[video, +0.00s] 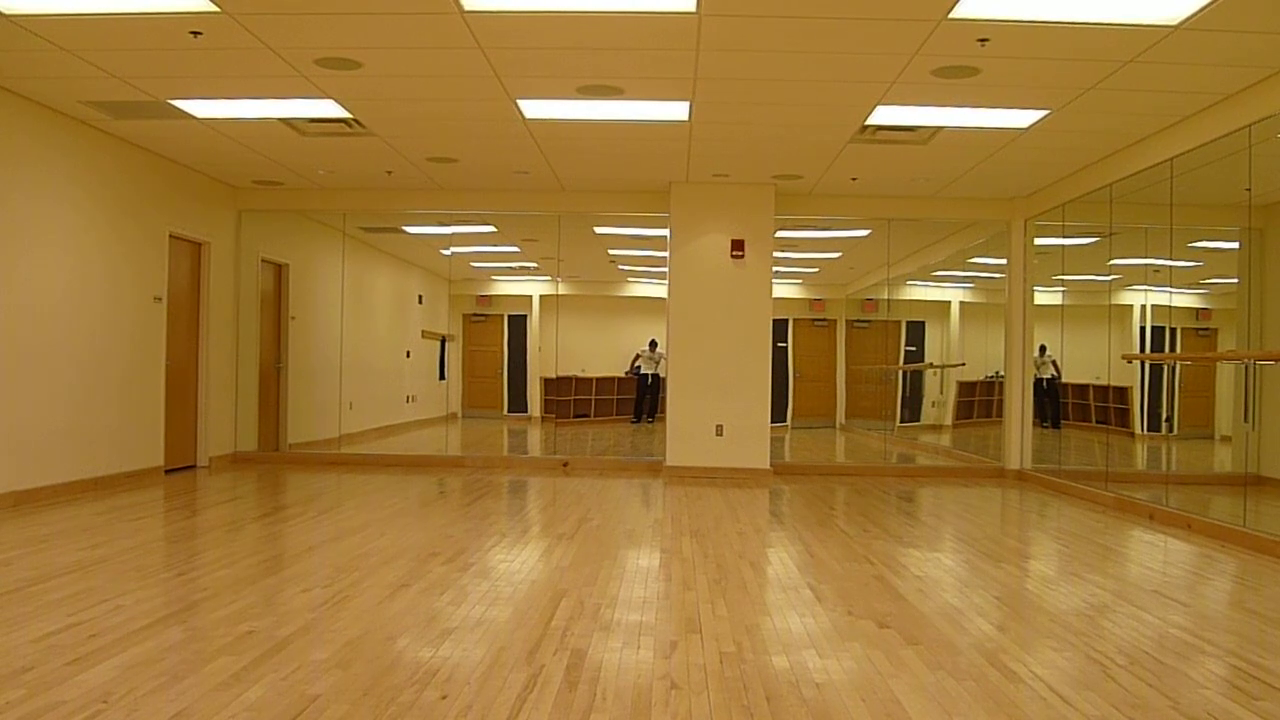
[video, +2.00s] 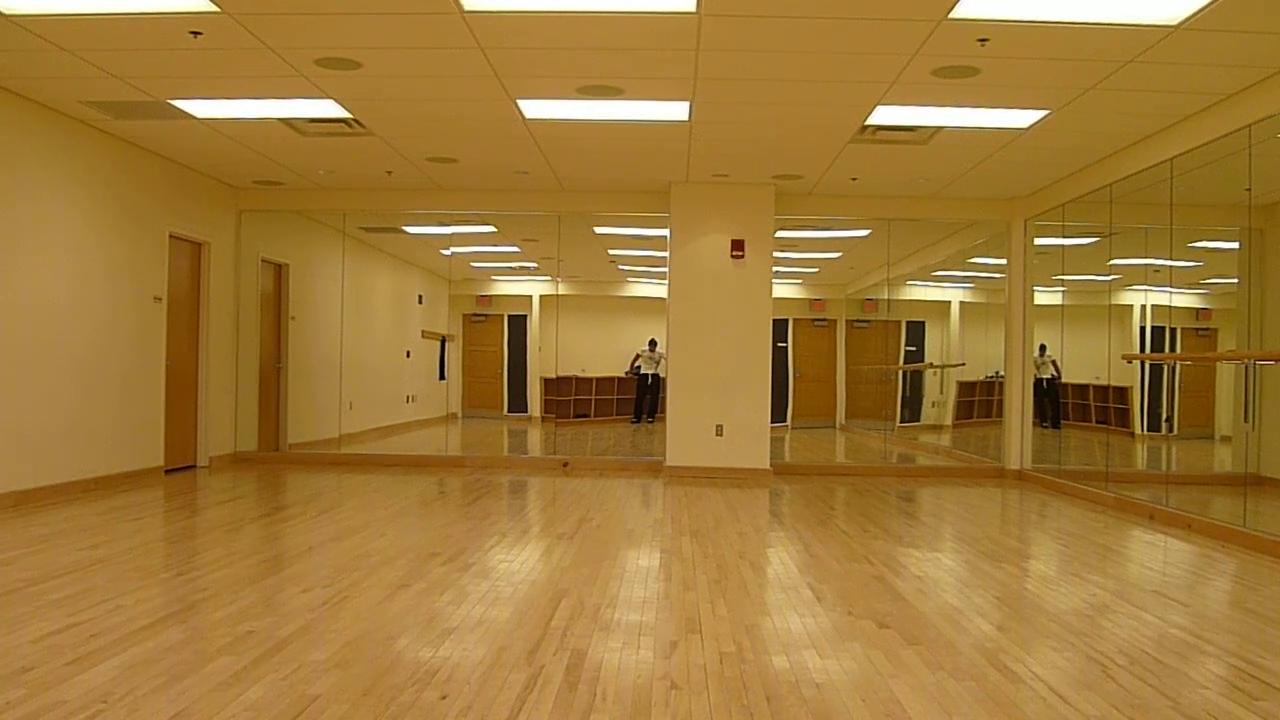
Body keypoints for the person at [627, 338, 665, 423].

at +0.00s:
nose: (652, 350)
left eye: (654, 349)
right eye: (651, 348)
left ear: (656, 348)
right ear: (648, 347)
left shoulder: (660, 354)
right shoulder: (642, 352)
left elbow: (668, 361)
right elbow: (634, 360)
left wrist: (668, 373)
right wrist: (631, 369)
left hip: (654, 373)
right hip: (643, 373)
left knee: (654, 396)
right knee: (640, 395)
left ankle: (651, 416)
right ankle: (637, 416)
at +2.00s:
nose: (652, 349)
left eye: (654, 347)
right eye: (650, 347)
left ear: (656, 347)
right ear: (648, 346)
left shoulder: (660, 354)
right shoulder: (642, 352)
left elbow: (668, 362)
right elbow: (634, 360)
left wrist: (668, 373)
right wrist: (630, 370)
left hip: (654, 374)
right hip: (643, 373)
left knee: (654, 396)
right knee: (640, 395)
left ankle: (651, 416)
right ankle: (637, 416)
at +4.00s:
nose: (649, 348)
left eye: (650, 346)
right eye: (647, 346)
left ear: (653, 346)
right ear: (644, 346)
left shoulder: (656, 353)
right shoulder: (639, 353)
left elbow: (664, 360)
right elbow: (630, 361)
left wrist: (668, 366)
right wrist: (630, 370)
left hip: (654, 374)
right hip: (643, 374)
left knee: (654, 396)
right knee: (640, 396)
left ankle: (651, 416)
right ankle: (637, 416)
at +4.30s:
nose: (641, 348)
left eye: (642, 345)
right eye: (639, 346)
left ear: (644, 345)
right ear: (636, 347)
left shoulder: (650, 353)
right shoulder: (634, 354)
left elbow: (659, 361)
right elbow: (627, 361)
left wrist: (665, 371)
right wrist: (628, 370)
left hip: (654, 374)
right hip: (642, 374)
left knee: (654, 396)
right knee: (640, 396)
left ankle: (651, 416)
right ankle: (637, 416)